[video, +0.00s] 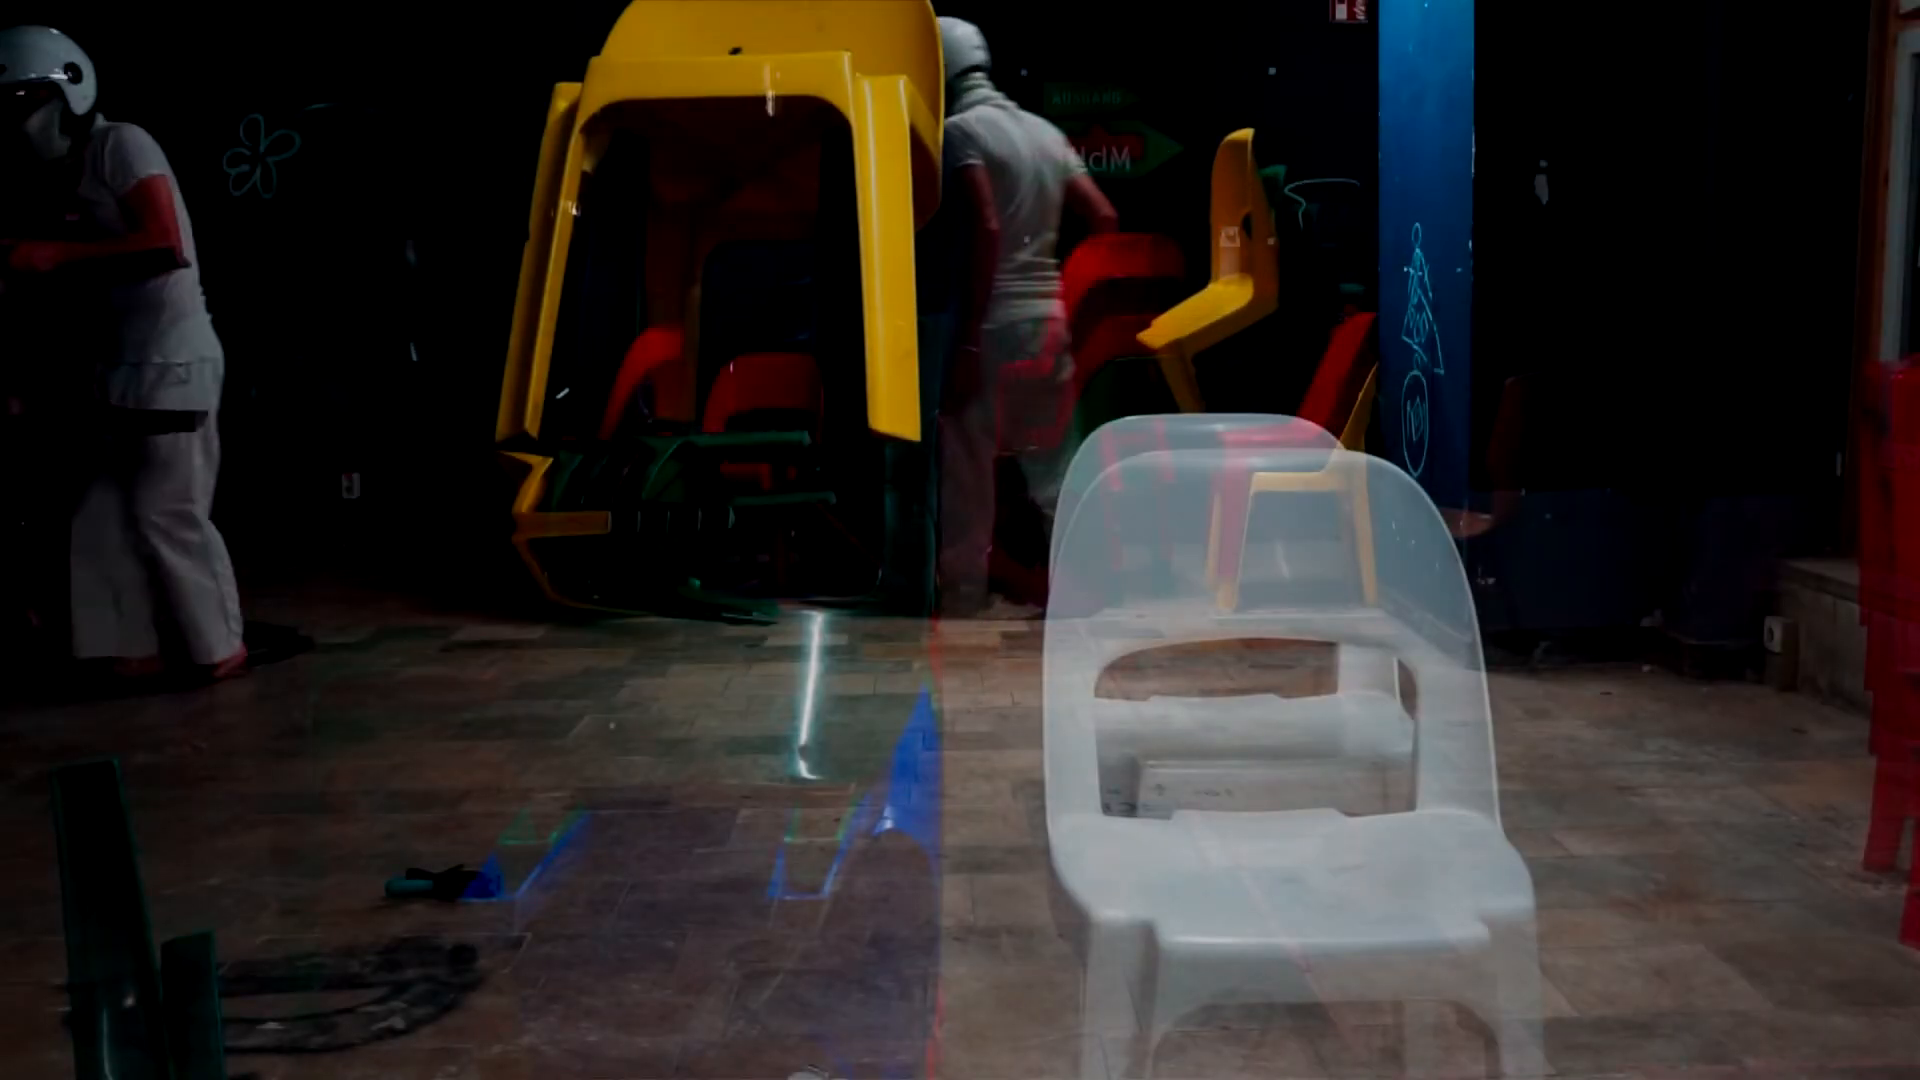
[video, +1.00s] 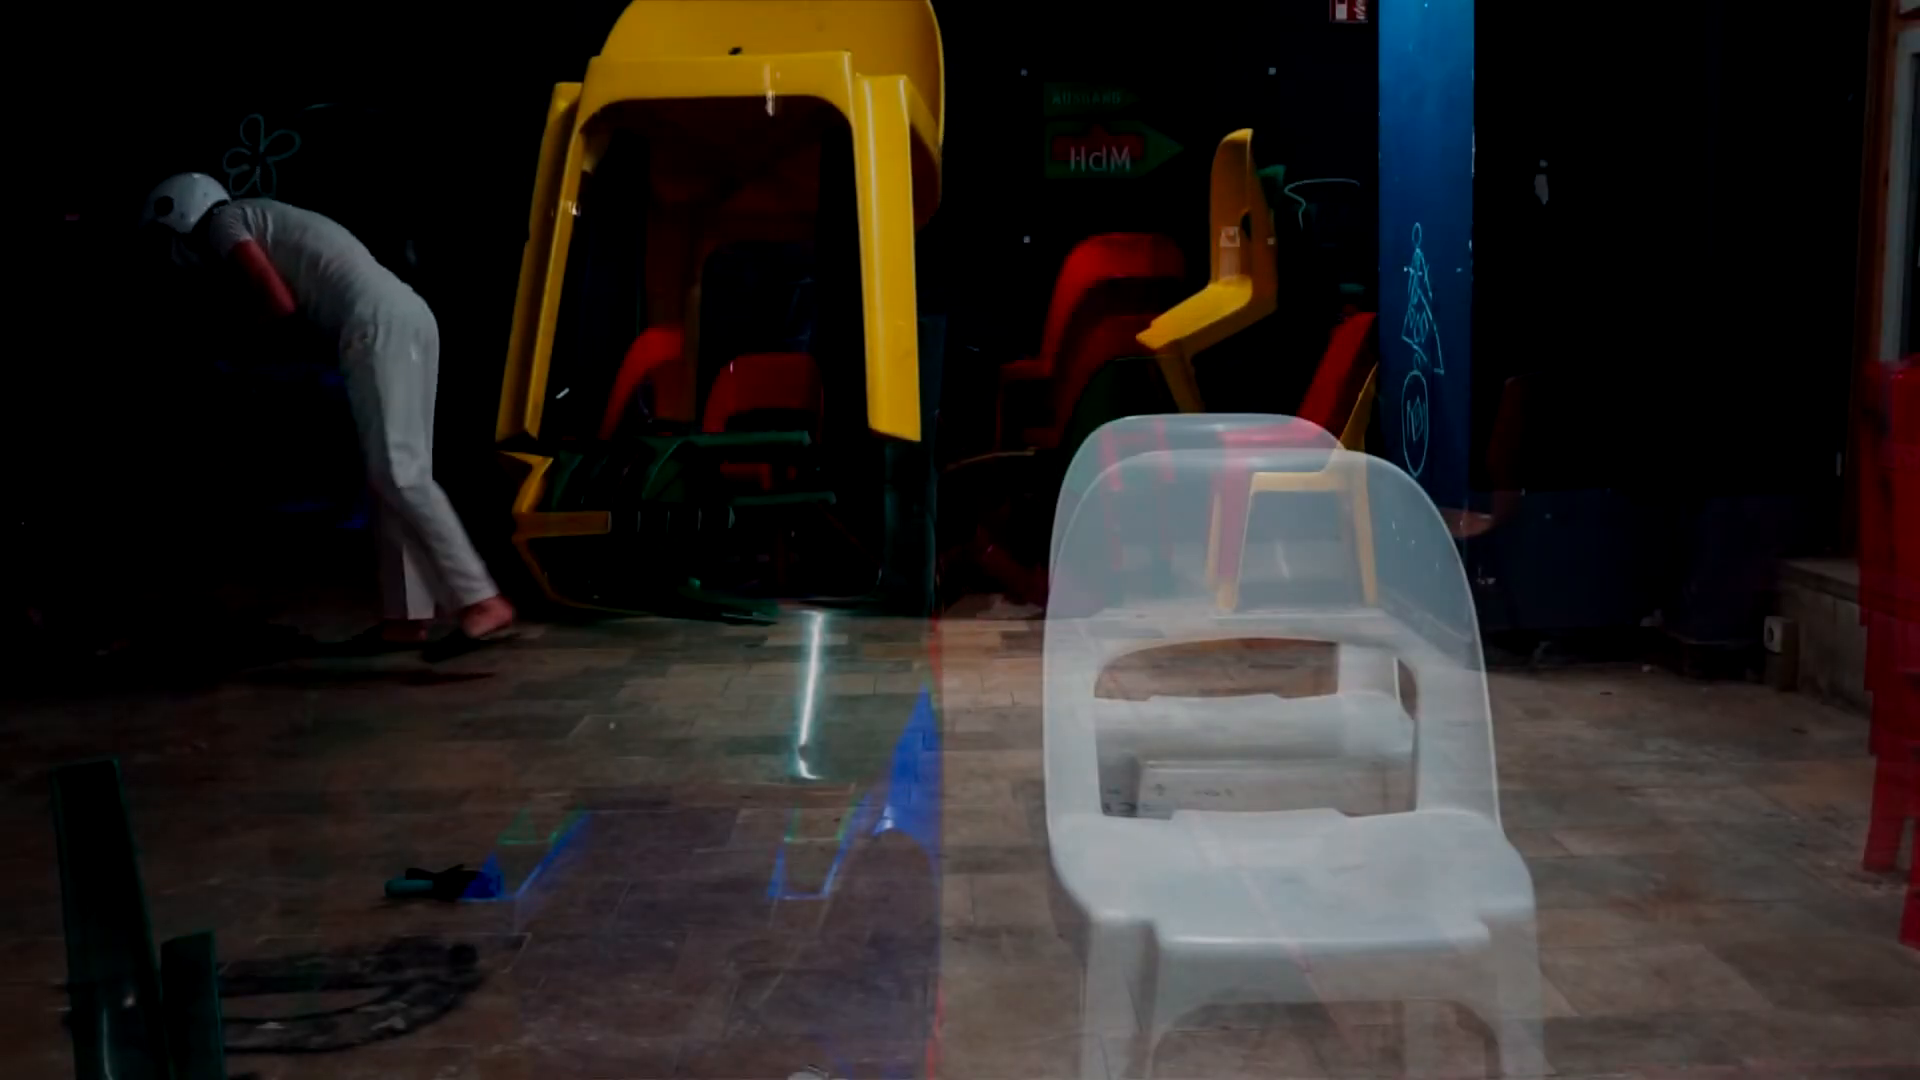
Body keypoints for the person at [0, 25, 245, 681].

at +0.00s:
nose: (23, 118)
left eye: (33, 98)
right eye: (15, 103)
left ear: (71, 90)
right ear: (19, 101)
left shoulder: (123, 145)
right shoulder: (58, 173)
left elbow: (165, 241)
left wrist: (60, 254)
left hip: (175, 359)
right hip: (115, 362)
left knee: (169, 507)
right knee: (107, 509)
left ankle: (221, 651)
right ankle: (130, 654)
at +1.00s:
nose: (182, 245)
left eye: (177, 233)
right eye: (175, 236)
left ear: (186, 215)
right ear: (216, 199)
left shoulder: (226, 218)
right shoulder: (260, 215)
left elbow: (279, 300)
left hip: (380, 322)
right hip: (407, 316)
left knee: (402, 474)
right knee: (395, 475)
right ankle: (406, 619)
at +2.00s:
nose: (231, 318)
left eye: (225, 309)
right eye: (226, 312)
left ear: (227, 289)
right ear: (245, 280)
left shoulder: (250, 276)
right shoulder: (306, 276)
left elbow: (263, 372)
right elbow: (373, 370)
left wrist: (255, 438)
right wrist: (369, 443)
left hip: (414, 331)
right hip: (440, 327)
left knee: (476, 463)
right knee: (402, 471)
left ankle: (579, 585)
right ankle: (409, 619)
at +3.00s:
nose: (353, 142)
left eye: (352, 132)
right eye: (351, 133)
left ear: (364, 120)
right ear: (402, 108)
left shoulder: (386, 145)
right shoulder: (466, 159)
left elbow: (387, 260)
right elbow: (520, 261)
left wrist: (360, 332)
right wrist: (513, 344)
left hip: (439, 343)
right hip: (490, 340)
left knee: (445, 494)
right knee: (450, 486)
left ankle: (495, 637)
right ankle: (447, 625)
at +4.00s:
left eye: (539, 65)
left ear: (541, 61)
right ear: (610, 58)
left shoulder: (534, 116)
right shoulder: (656, 126)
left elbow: (539, 227)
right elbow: (705, 252)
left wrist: (523, 336)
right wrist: (704, 344)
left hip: (571, 338)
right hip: (648, 334)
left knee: (562, 498)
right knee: (633, 499)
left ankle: (635, 631)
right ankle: (626, 665)